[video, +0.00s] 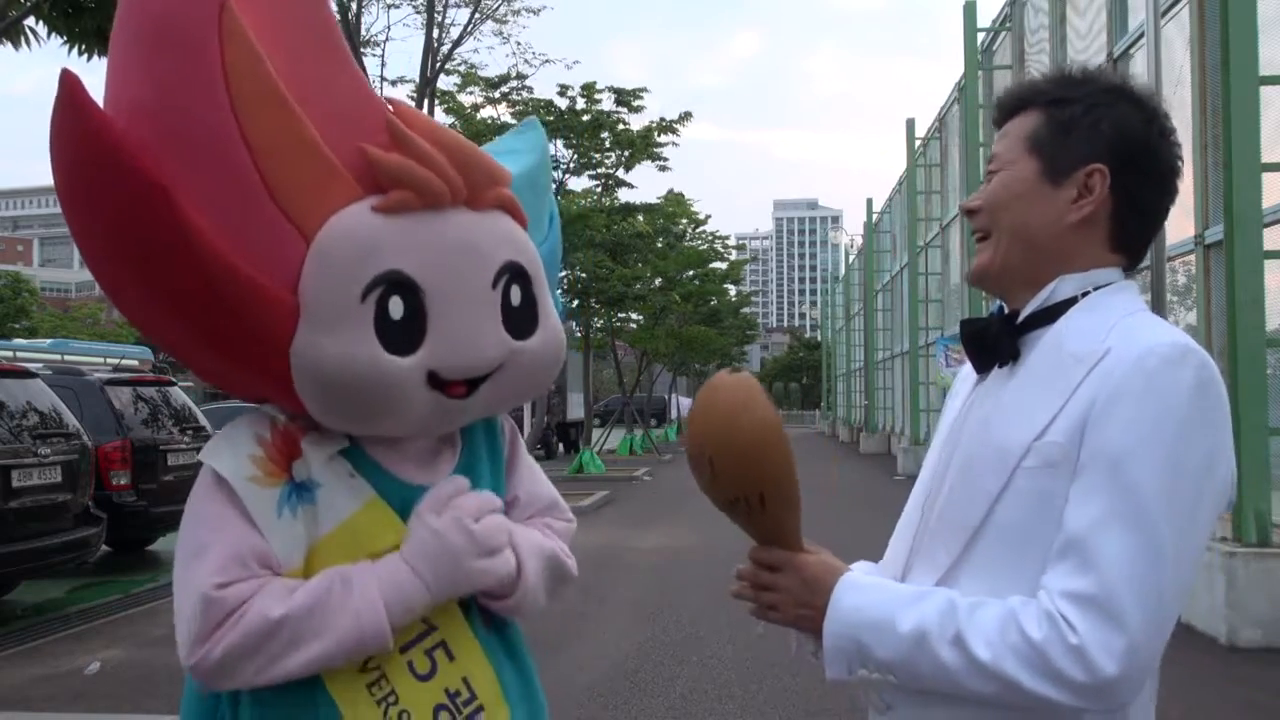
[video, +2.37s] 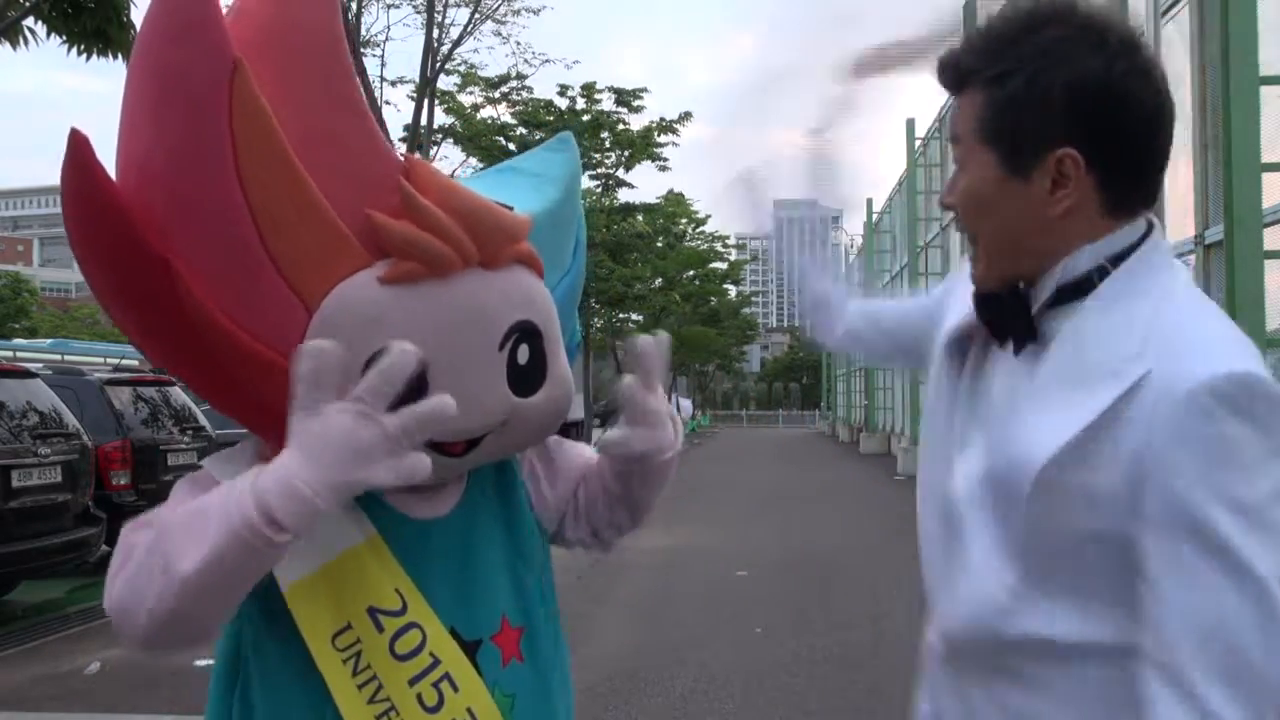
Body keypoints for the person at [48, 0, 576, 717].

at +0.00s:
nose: (467, 353)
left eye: (509, 300)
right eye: (399, 310)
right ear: (295, 312)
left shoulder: (491, 438)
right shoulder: (245, 465)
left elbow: (556, 541)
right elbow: (218, 638)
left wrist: (506, 558)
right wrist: (415, 574)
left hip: (491, 705)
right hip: (308, 712)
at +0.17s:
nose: (466, 389)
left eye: (511, 325)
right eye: (398, 344)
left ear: (535, 318)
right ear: (295, 340)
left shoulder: (484, 457)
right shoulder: (242, 493)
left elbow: (547, 553)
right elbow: (227, 668)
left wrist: (516, 576)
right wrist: (410, 594)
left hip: (492, 707)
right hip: (332, 714)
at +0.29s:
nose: (466, 398)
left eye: (510, 335)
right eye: (395, 356)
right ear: (287, 348)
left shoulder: (487, 470)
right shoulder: (243, 492)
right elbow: (231, 672)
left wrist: (535, 583)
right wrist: (392, 580)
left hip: (491, 707)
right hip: (330, 714)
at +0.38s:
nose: (448, 403)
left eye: (493, 348)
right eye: (386, 365)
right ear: (280, 358)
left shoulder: (488, 473)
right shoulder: (249, 483)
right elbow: (235, 663)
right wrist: (366, 541)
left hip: (496, 711)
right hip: (320, 716)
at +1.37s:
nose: (457, 394)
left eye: (508, 344)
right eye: (393, 350)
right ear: (291, 356)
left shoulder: (504, 465)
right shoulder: (240, 482)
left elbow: (559, 555)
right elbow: (155, 627)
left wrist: (602, 492)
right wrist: (284, 518)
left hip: (499, 709)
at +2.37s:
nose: (449, 374)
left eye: (485, 333)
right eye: (397, 340)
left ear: (508, 323)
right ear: (306, 345)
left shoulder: (517, 464)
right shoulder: (260, 486)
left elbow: (598, 510)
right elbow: (140, 610)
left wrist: (640, 464)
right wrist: (293, 485)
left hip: (515, 706)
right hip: (308, 710)